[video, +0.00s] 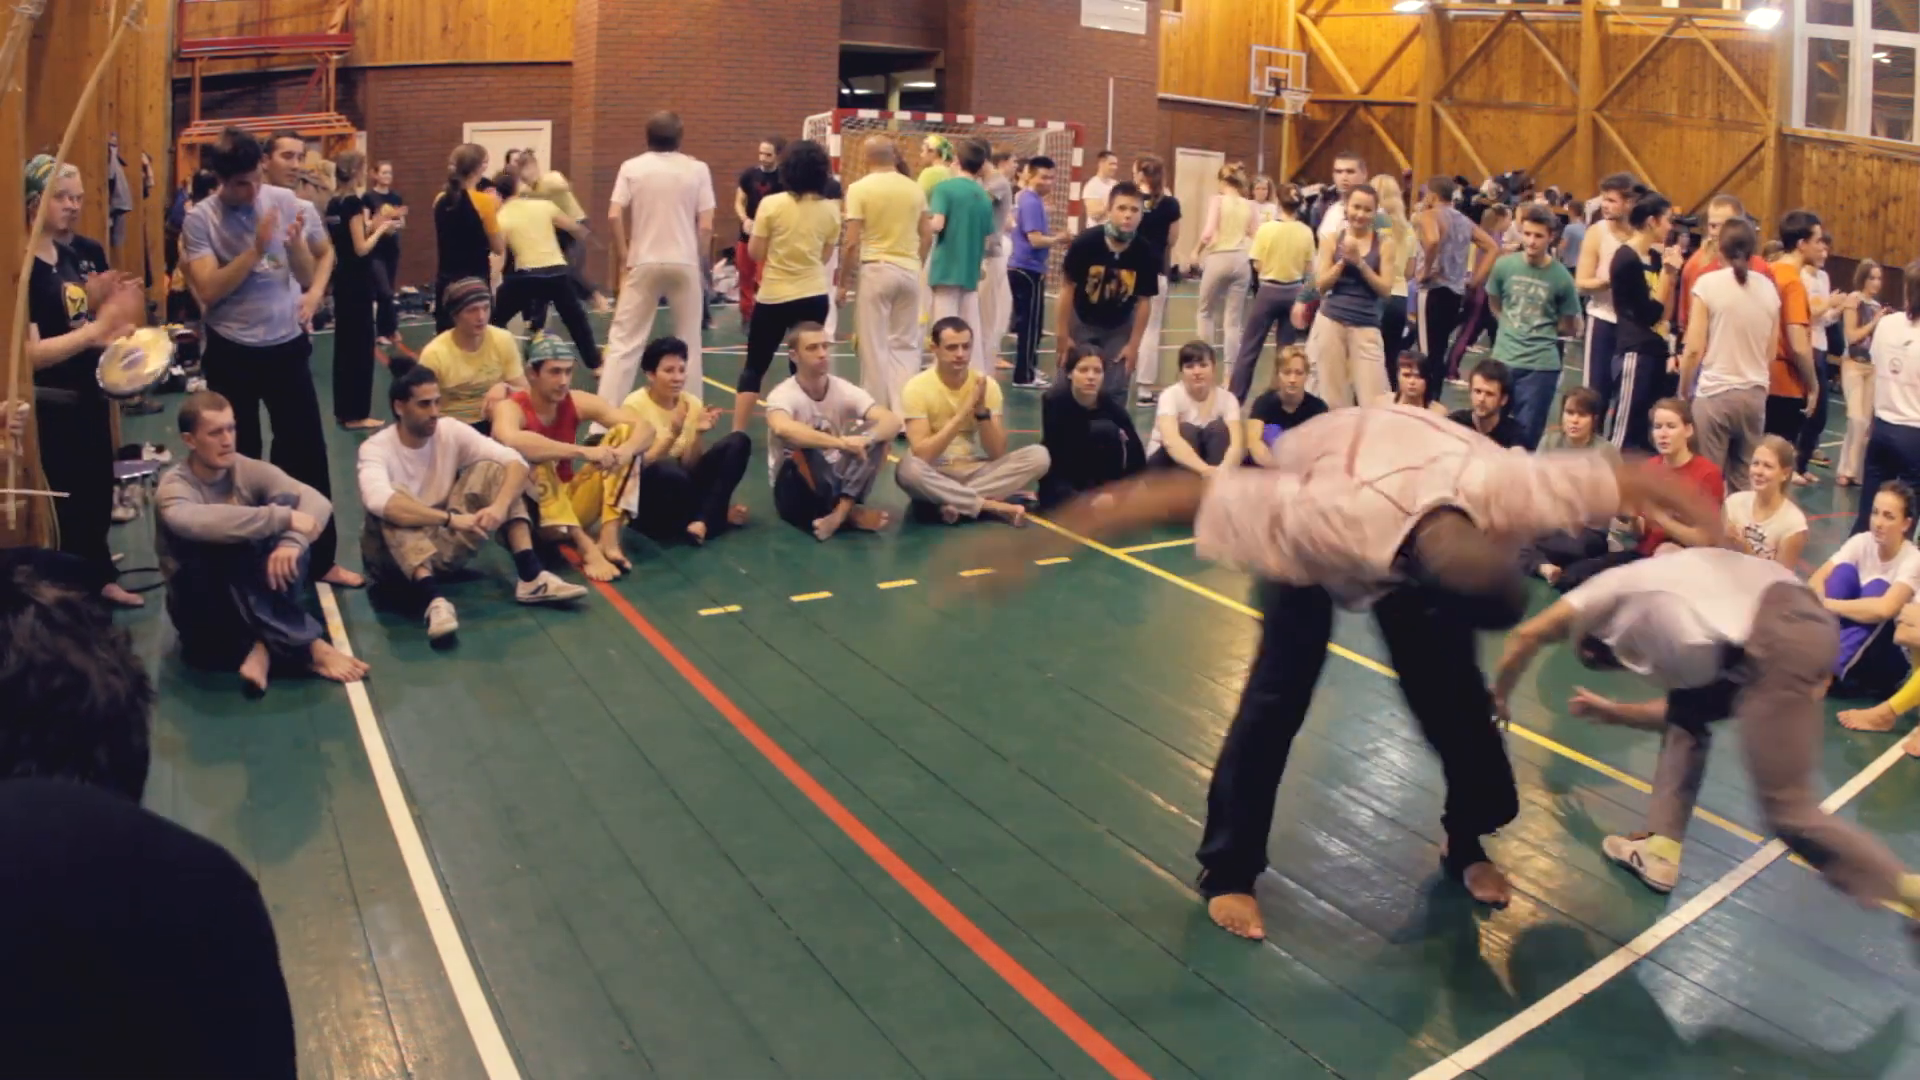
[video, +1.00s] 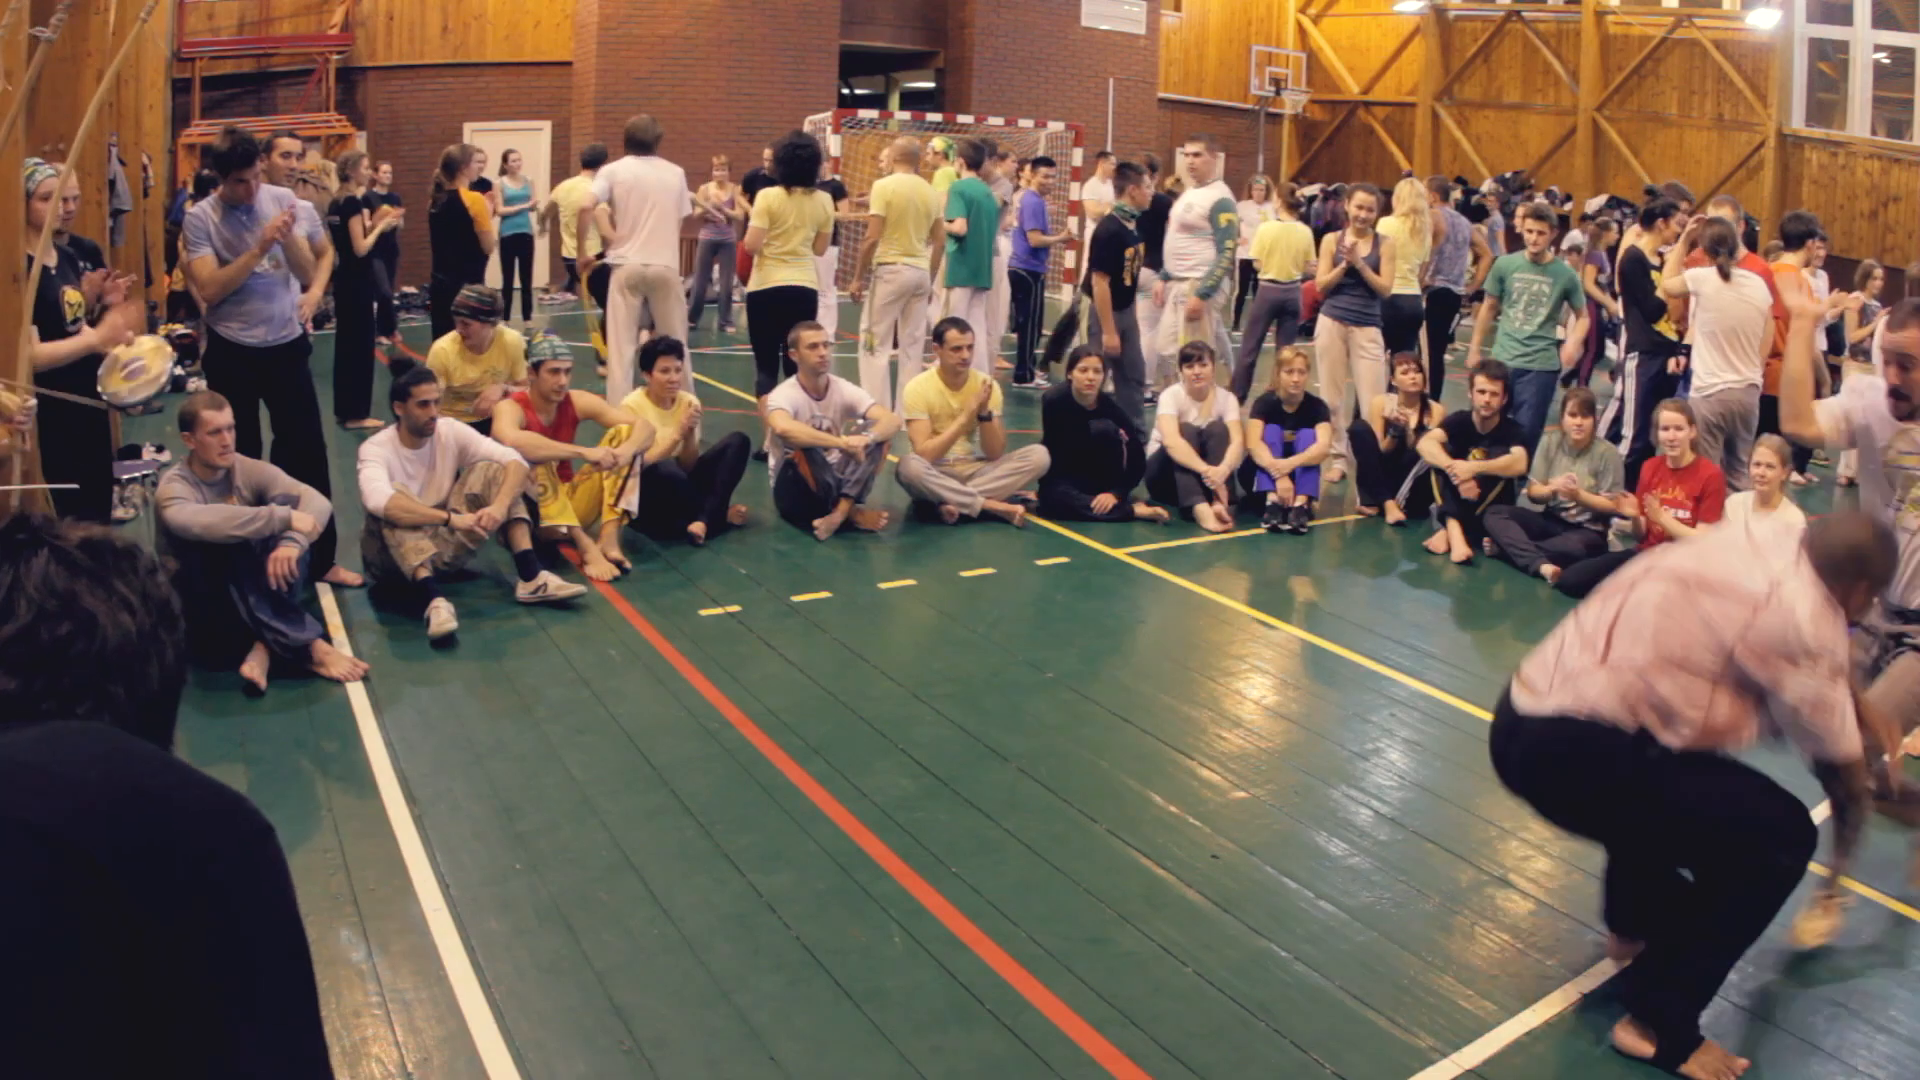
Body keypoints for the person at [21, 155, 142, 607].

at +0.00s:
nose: (73, 205)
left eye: (78, 197)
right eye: (62, 197)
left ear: (84, 200)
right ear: (36, 200)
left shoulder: (89, 253)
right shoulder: (21, 264)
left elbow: (107, 322)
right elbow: (30, 353)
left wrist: (111, 309)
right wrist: (95, 331)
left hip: (92, 390)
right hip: (52, 396)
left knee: (99, 487)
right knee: (69, 490)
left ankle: (102, 576)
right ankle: (75, 580)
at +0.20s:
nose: (72, 207)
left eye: (77, 198)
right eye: (61, 198)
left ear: (83, 201)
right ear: (34, 202)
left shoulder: (73, 257)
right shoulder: (19, 264)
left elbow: (76, 323)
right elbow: (19, 357)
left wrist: (109, 324)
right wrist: (87, 370)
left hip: (87, 396)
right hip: (50, 402)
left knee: (97, 489)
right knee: (67, 495)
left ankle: (101, 578)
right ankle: (72, 587)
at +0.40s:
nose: (62, 212)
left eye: (65, 202)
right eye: (51, 203)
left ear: (70, 203)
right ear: (27, 208)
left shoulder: (65, 261)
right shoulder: (14, 273)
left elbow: (75, 321)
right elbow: (20, 367)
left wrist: (106, 333)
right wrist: (91, 372)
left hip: (85, 404)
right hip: (48, 413)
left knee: (97, 512)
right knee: (68, 517)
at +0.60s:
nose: (61, 206)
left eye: (66, 198)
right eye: (51, 197)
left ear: (72, 201)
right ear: (28, 201)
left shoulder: (64, 254)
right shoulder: (16, 265)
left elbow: (69, 318)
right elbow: (15, 359)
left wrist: (99, 332)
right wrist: (83, 356)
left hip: (83, 391)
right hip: (45, 400)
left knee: (96, 495)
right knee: (64, 502)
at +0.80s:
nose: (67, 208)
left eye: (70, 199)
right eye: (55, 199)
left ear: (75, 201)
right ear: (27, 205)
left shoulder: (67, 260)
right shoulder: (14, 266)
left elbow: (68, 324)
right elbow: (11, 361)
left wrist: (100, 342)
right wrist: (81, 371)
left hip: (83, 405)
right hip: (44, 410)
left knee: (94, 513)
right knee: (60, 518)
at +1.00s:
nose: (59, 208)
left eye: (64, 198)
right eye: (47, 199)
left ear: (69, 200)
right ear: (21, 205)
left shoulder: (69, 259)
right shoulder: (19, 266)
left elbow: (78, 328)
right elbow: (30, 355)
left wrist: (105, 307)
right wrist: (94, 340)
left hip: (86, 391)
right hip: (49, 398)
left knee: (99, 497)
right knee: (69, 502)